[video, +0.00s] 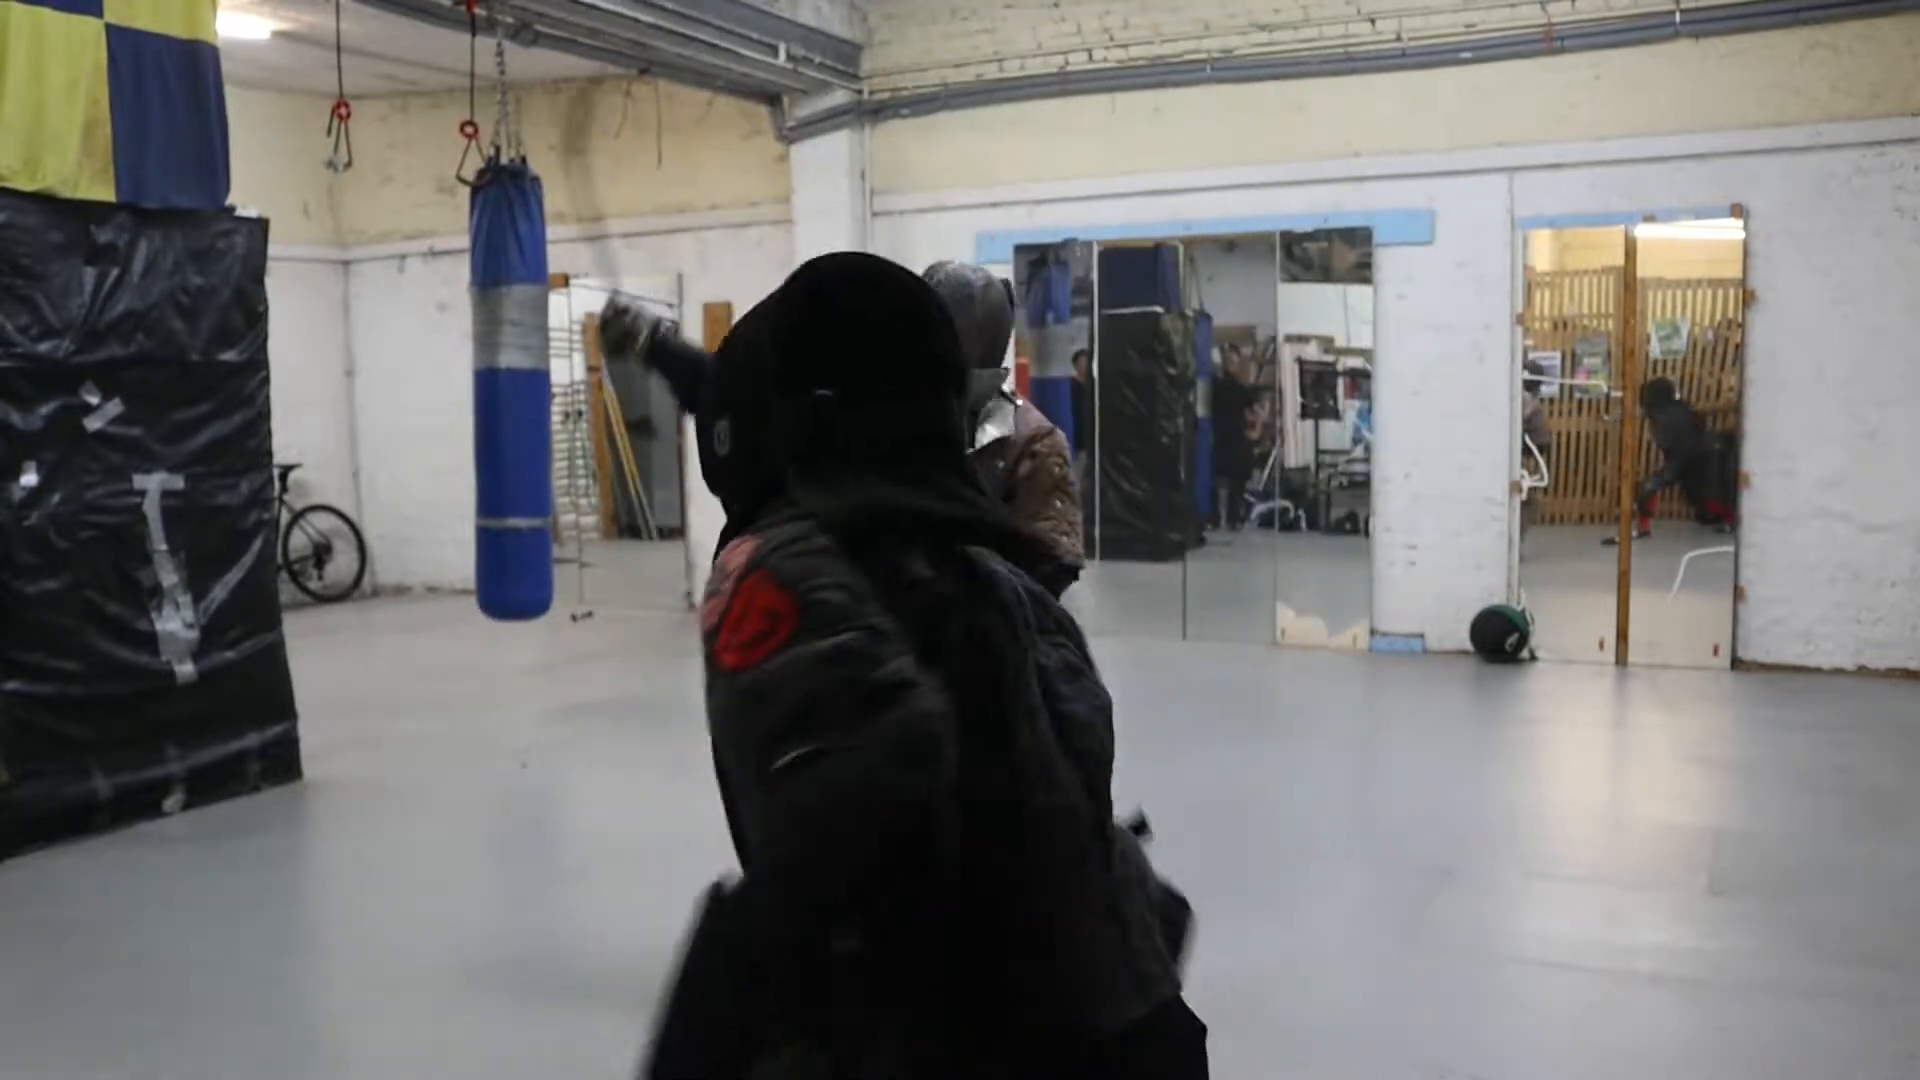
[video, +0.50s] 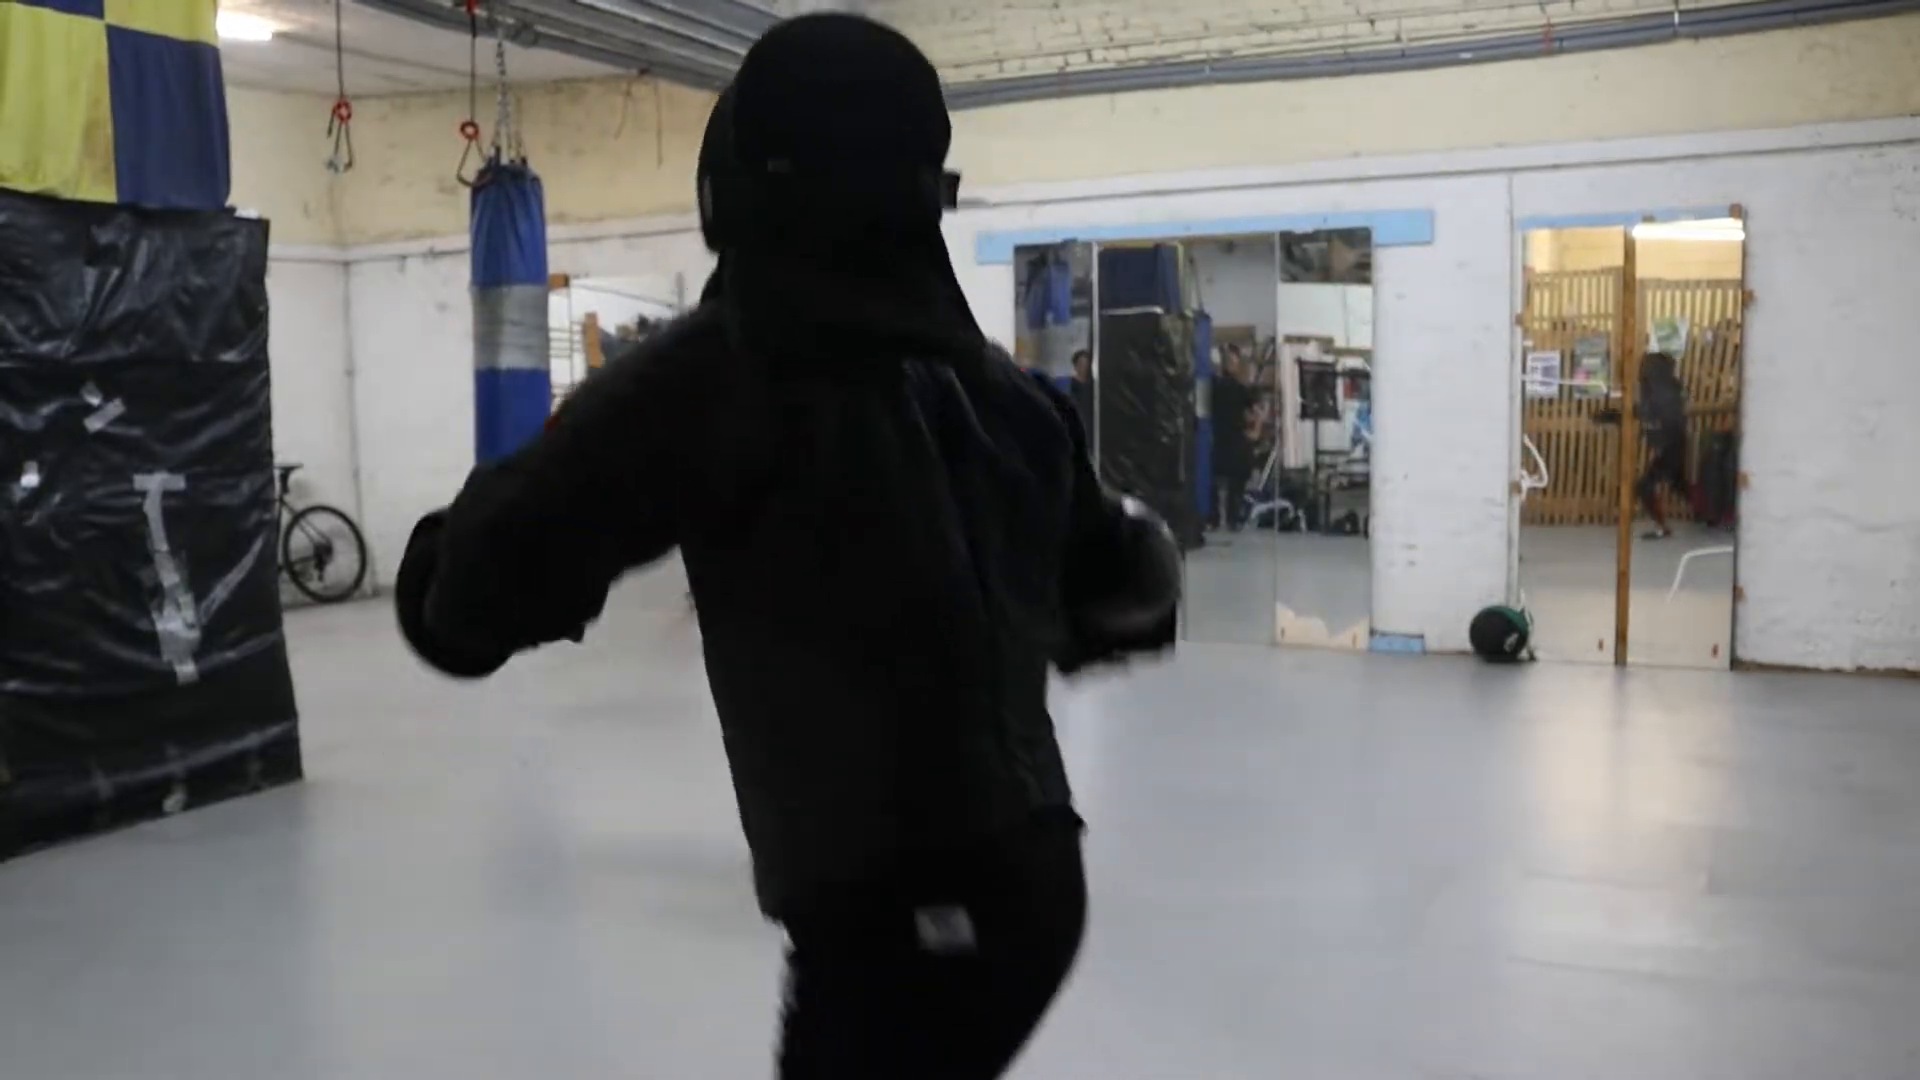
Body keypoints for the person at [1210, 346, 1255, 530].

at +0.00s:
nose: (1230, 364)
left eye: (1233, 360)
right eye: (1227, 360)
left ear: (1240, 362)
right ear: (1222, 361)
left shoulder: (1244, 386)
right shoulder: (1215, 384)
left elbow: (1255, 410)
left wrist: (1255, 431)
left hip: (1238, 435)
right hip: (1217, 434)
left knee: (1237, 478)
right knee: (1214, 478)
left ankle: (1234, 518)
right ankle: (1213, 517)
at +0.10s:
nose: (1229, 363)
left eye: (1233, 359)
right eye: (1226, 359)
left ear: (1239, 362)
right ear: (1221, 361)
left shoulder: (1244, 387)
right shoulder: (1214, 384)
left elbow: (1255, 410)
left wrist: (1255, 431)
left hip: (1238, 436)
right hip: (1217, 435)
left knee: (1237, 479)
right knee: (1214, 478)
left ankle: (1234, 518)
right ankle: (1213, 517)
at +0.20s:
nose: (1230, 363)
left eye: (1233, 359)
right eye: (1227, 358)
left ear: (1240, 361)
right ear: (1221, 361)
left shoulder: (1244, 386)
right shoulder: (1214, 384)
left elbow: (1254, 410)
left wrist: (1255, 431)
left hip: (1238, 435)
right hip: (1217, 435)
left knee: (1237, 479)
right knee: (1214, 478)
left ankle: (1234, 518)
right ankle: (1213, 517)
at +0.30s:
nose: (1229, 364)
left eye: (1233, 360)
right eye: (1226, 359)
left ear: (1239, 362)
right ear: (1221, 361)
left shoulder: (1242, 387)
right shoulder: (1214, 385)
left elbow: (1254, 412)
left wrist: (1255, 432)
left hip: (1237, 436)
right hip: (1216, 435)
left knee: (1236, 479)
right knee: (1213, 479)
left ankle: (1233, 518)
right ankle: (1212, 517)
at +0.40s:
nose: (1229, 364)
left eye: (1233, 360)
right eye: (1226, 359)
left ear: (1239, 362)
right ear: (1221, 361)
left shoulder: (1243, 387)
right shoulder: (1214, 384)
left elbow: (1255, 411)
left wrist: (1255, 431)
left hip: (1238, 436)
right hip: (1216, 435)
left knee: (1236, 480)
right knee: (1213, 479)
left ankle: (1233, 519)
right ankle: (1213, 517)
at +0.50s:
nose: (1229, 364)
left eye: (1233, 360)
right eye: (1226, 359)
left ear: (1239, 362)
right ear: (1221, 361)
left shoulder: (1243, 387)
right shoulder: (1214, 384)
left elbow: (1255, 411)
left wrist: (1255, 431)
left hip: (1238, 436)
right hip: (1216, 436)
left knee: (1236, 480)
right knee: (1213, 479)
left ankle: (1233, 519)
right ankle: (1212, 518)